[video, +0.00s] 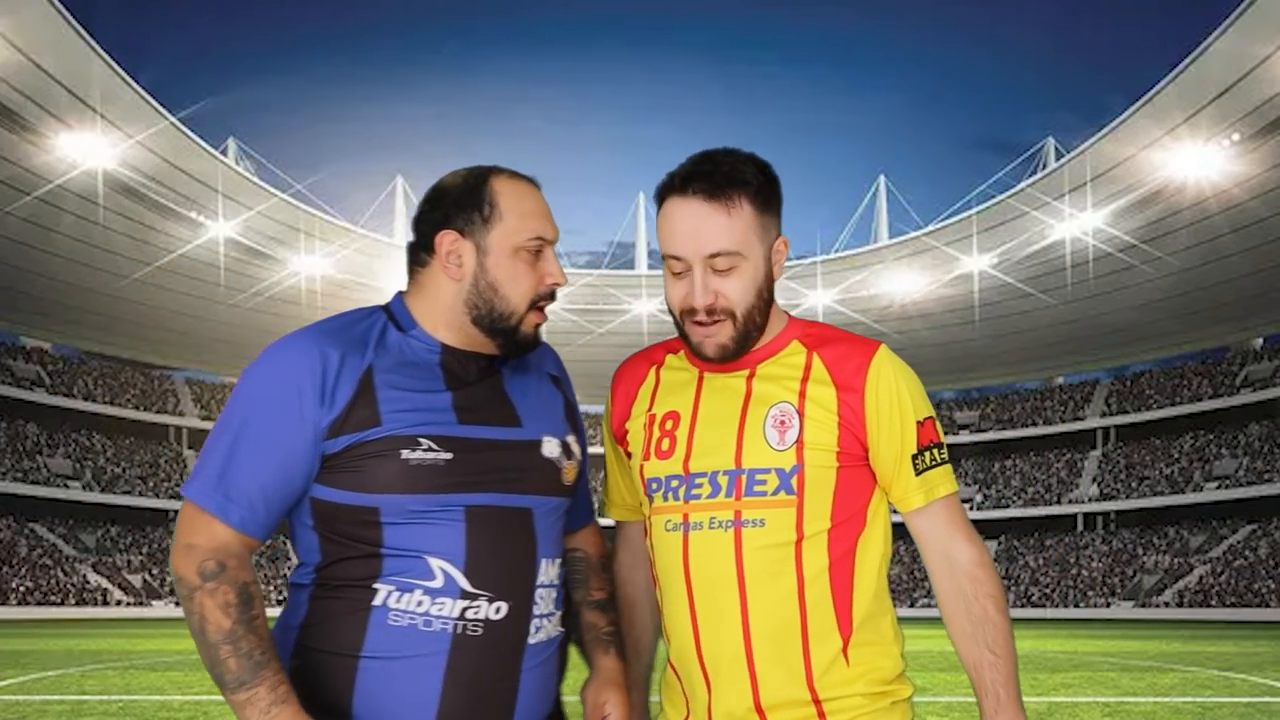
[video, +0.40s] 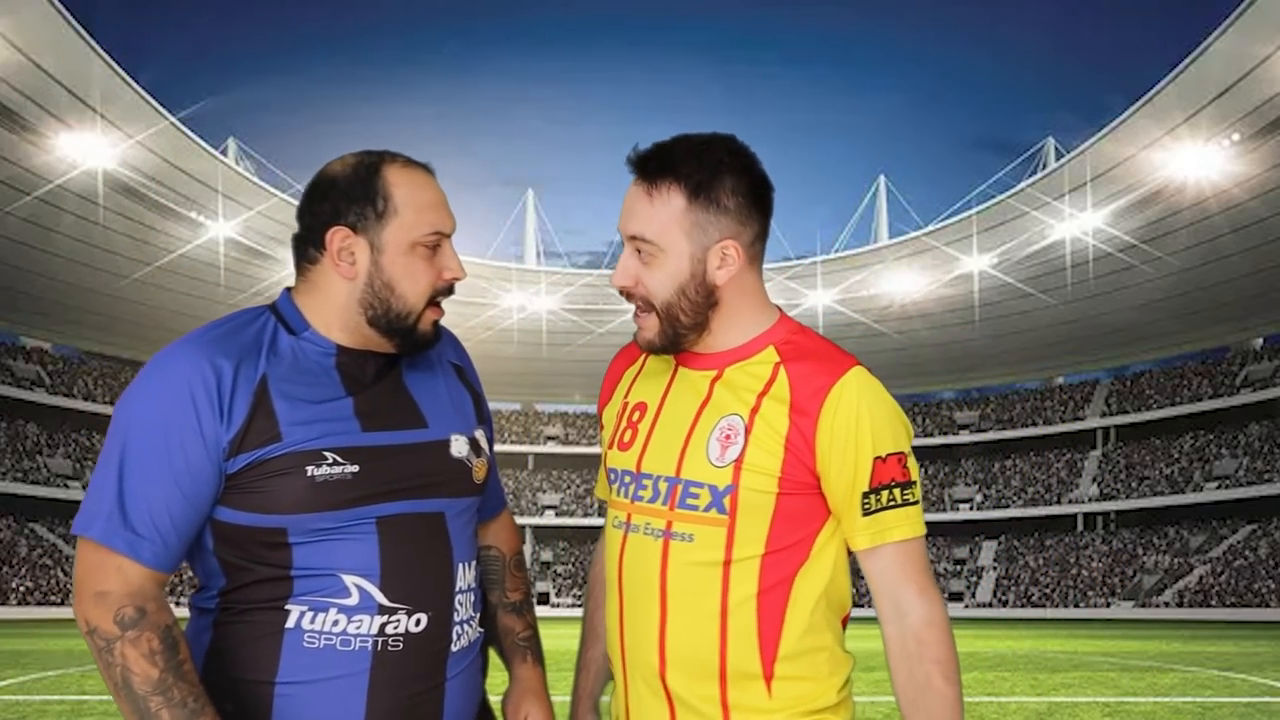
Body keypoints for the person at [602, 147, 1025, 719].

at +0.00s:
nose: (698, 297)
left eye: (723, 265)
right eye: (677, 268)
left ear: (777, 259)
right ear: (661, 263)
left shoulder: (864, 375)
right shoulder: (635, 387)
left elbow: (955, 559)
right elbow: (633, 562)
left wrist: (1003, 710)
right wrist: (627, 701)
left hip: (849, 704)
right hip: (695, 706)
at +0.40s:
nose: (618, 278)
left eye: (643, 252)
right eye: (623, 248)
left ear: (724, 260)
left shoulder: (839, 397)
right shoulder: (628, 373)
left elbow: (912, 621)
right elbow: (615, 549)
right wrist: (584, 698)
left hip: (781, 705)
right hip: (637, 707)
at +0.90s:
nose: (564, 242)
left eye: (594, 218)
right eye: (577, 218)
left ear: (668, 241)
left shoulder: (762, 385)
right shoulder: (577, 374)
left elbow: (835, 605)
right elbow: (575, 575)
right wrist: (527, 697)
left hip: (714, 703)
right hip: (580, 703)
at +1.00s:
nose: (530, 246)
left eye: (560, 222)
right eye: (538, 222)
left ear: (636, 242)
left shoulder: (730, 380)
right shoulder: (539, 381)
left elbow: (817, 589)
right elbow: (525, 575)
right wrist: (501, 694)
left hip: (712, 702)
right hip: (574, 705)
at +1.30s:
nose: (461, 267)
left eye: (483, 240)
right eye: (470, 241)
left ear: (554, 251)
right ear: (554, 253)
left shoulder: (698, 367)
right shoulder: (487, 400)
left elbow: (797, 558)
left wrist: (870, 711)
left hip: (701, 702)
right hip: (556, 707)